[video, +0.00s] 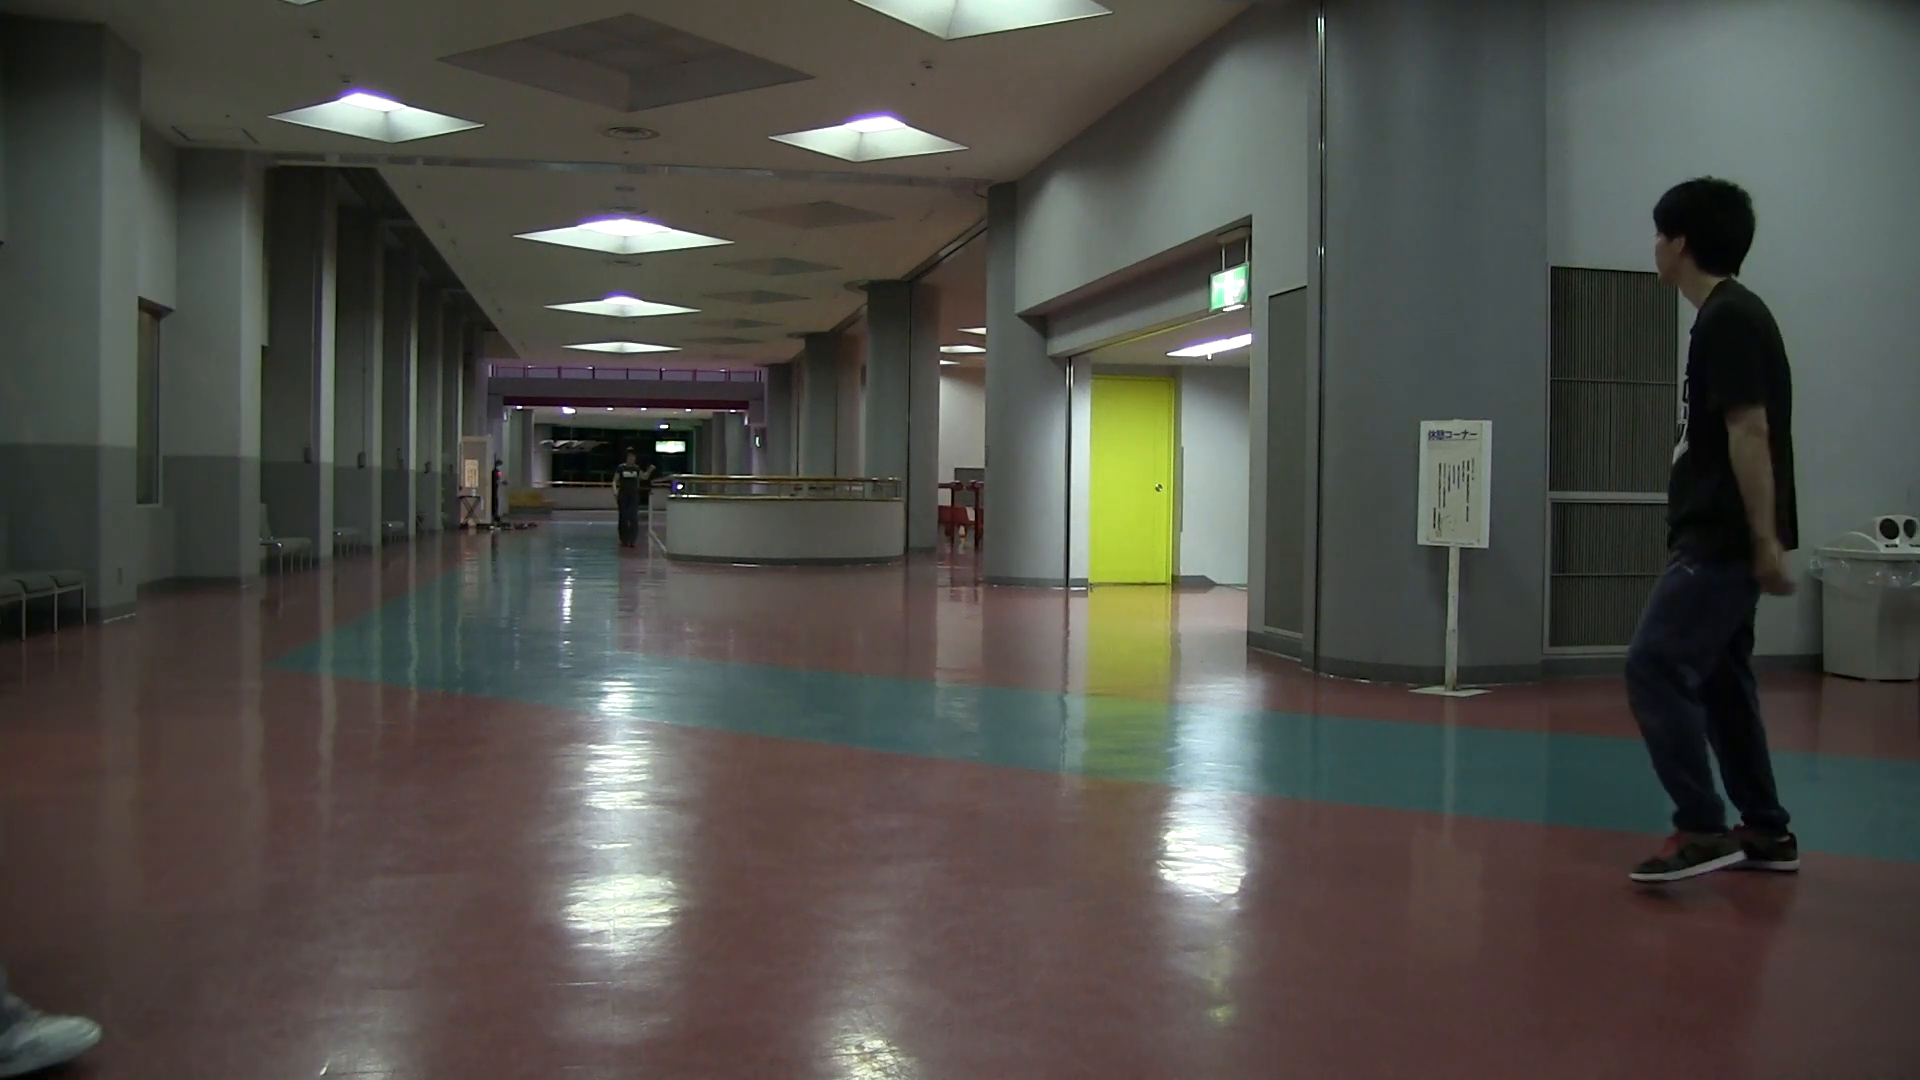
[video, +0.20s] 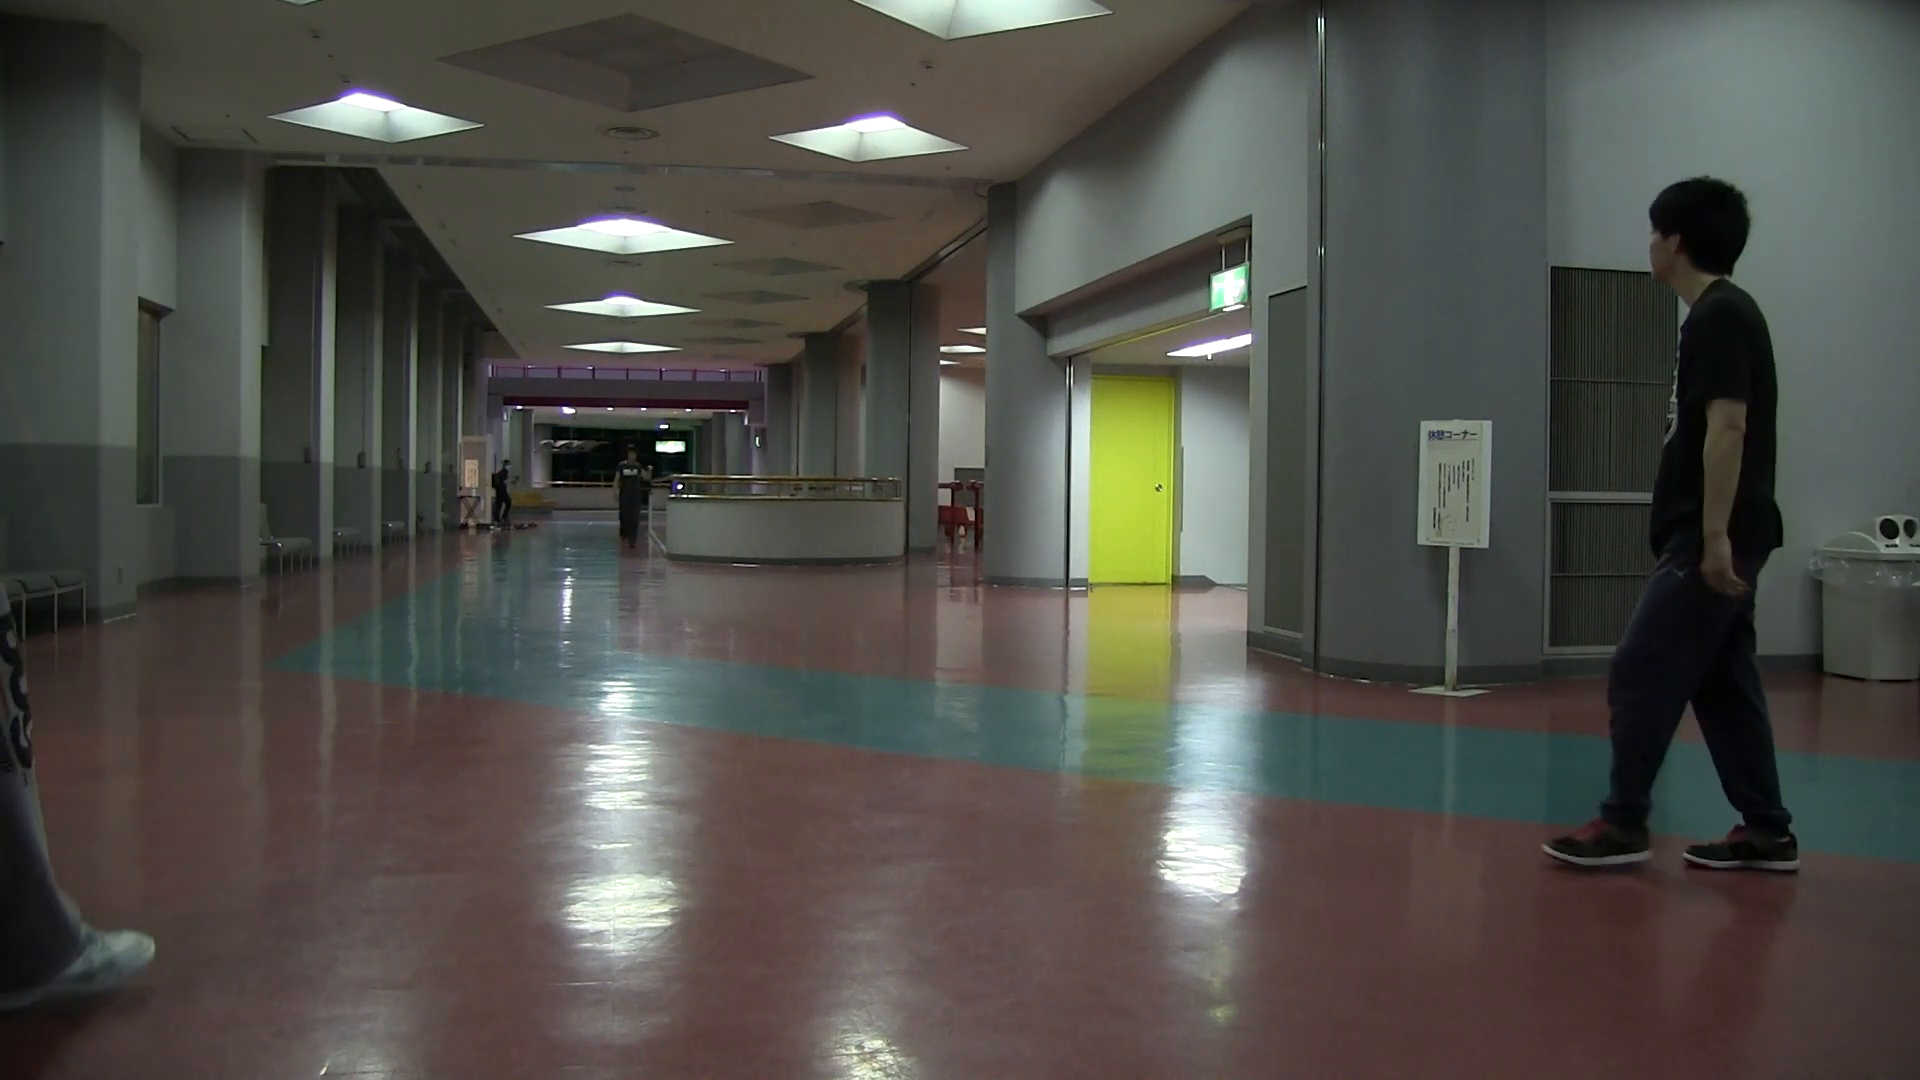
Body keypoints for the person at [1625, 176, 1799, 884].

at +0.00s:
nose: (1654, 251)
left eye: (1658, 238)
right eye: (1656, 237)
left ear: (1681, 245)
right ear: (1715, 247)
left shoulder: (1730, 320)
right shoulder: (1727, 316)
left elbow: (1749, 432)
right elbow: (1735, 434)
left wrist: (1766, 539)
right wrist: (1707, 533)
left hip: (1718, 542)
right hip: (1719, 538)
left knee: (1654, 671)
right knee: (1723, 680)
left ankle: (1702, 832)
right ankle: (1766, 832)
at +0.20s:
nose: (1649, 245)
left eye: (1654, 232)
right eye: (1653, 232)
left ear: (1676, 241)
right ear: (1708, 242)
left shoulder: (1721, 317)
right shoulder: (1717, 315)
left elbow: (1727, 429)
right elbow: (1717, 432)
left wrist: (1716, 536)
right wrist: (1697, 531)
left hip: (1710, 542)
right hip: (1715, 540)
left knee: (1639, 674)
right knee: (1726, 689)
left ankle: (1623, 824)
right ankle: (1766, 830)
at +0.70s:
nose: (1584, 234)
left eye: (1600, 223)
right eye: (1583, 221)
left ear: (1641, 236)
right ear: (1585, 229)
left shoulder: (1662, 319)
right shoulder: (1596, 317)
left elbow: (1675, 438)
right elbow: (1594, 430)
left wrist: (1643, 544)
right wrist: (1578, 524)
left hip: (1637, 531)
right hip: (1597, 528)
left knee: (1604, 684)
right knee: (1635, 675)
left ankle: (1567, 829)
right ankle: (1730, 801)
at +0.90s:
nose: (1570, 231)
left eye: (1587, 222)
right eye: (1569, 219)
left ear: (1627, 236)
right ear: (1569, 227)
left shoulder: (1649, 327)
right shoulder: (1562, 316)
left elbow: (1650, 445)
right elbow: (1540, 421)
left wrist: (1622, 547)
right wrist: (1510, 508)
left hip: (1606, 531)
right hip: (1552, 521)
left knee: (1585, 678)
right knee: (1527, 662)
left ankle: (1566, 827)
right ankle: (1635, 769)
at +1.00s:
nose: (1572, 229)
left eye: (1589, 219)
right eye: (1569, 217)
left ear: (1627, 232)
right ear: (1564, 225)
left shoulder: (1647, 324)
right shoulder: (1553, 313)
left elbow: (1649, 442)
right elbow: (1522, 415)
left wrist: (1612, 543)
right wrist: (1487, 497)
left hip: (1596, 530)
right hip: (1537, 520)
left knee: (1577, 678)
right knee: (1499, 659)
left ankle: (1568, 826)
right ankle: (1580, 778)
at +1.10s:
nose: (1576, 228)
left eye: (1593, 218)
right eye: (1571, 216)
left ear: (1629, 232)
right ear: (1562, 225)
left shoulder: (1648, 326)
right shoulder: (1545, 311)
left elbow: (1649, 446)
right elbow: (1511, 411)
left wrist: (1605, 543)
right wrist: (1471, 482)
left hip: (1590, 533)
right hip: (1524, 521)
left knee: (1573, 681)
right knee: (1482, 659)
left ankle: (1563, 828)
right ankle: (1558, 759)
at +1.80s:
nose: (1559, 235)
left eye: (1574, 222)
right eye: (1547, 223)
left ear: (1599, 232)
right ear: (1532, 233)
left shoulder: (1635, 315)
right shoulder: (1503, 313)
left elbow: (1647, 404)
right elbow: (1452, 393)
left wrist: (1572, 353)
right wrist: (1525, 354)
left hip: (1592, 531)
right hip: (1509, 530)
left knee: (1582, 685)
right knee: (1516, 683)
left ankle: (1567, 829)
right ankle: (1523, 834)